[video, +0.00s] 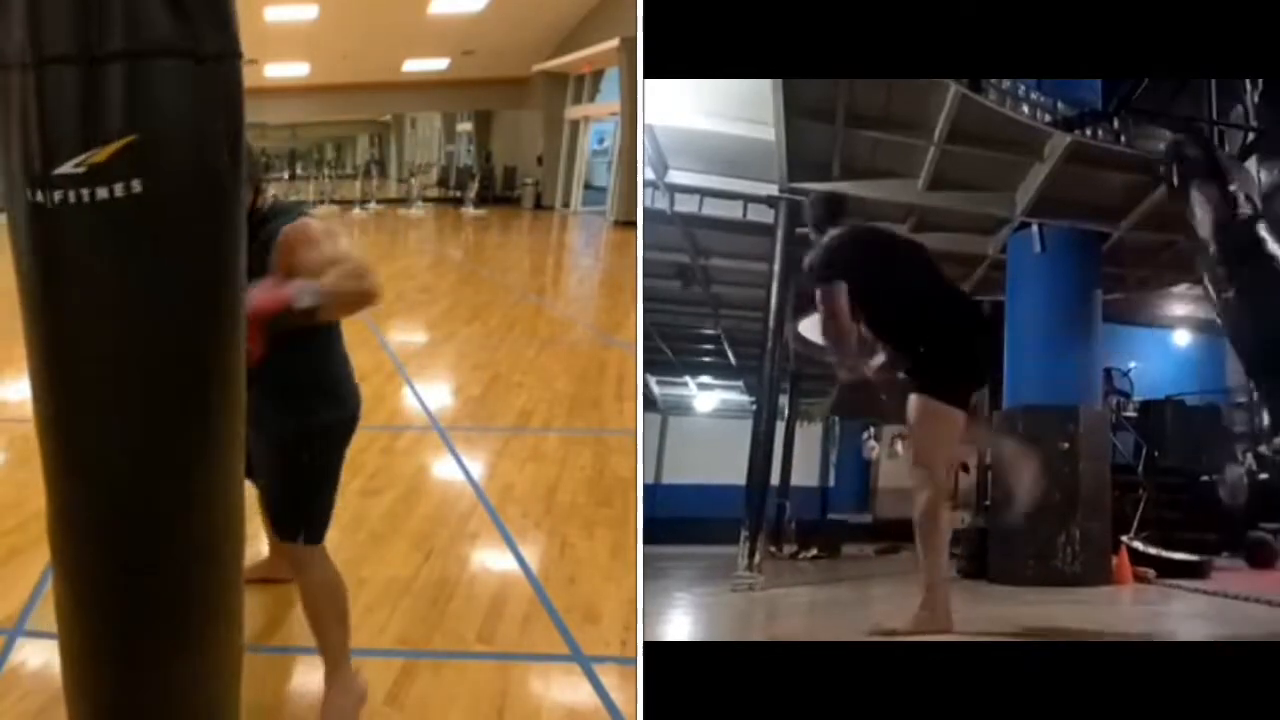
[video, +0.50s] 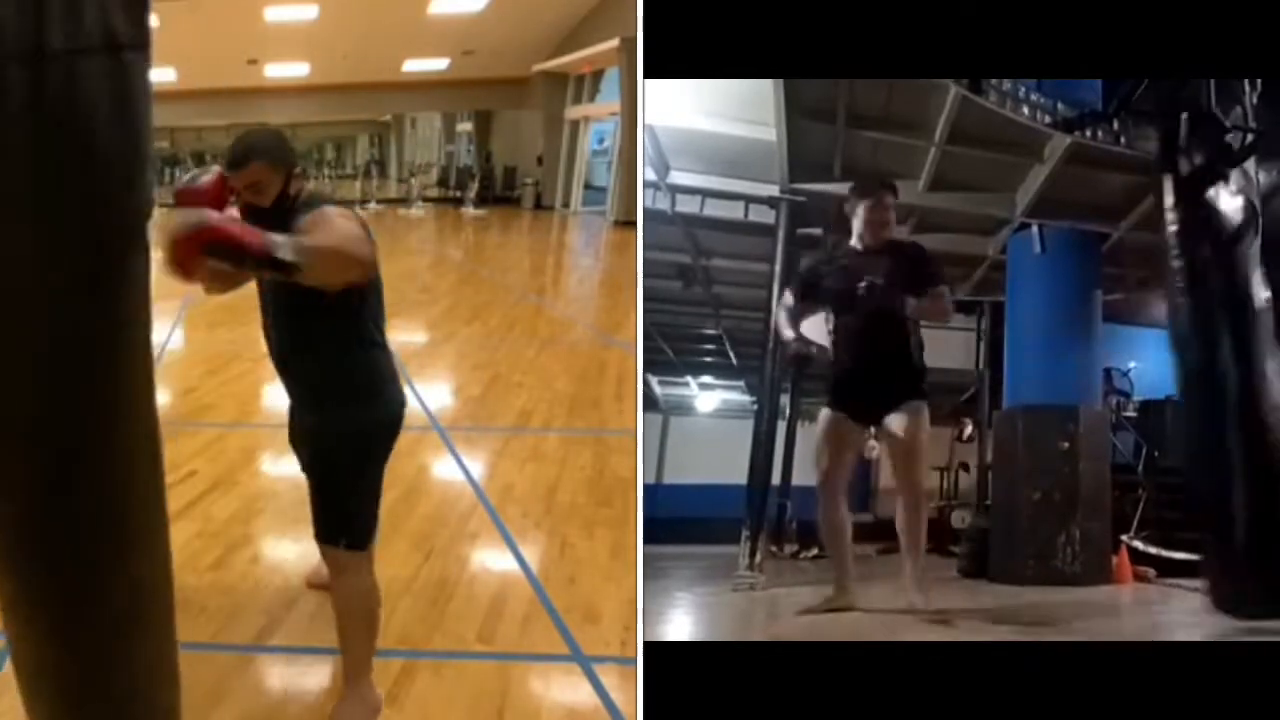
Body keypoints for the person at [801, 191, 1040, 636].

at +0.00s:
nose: (807, 240)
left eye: (807, 230)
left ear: (815, 227)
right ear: (845, 217)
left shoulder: (832, 252)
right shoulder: (882, 239)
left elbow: (837, 323)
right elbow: (910, 317)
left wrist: (849, 366)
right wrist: (871, 367)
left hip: (941, 345)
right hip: (969, 334)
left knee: (929, 479)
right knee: (935, 421)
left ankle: (935, 609)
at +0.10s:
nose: (818, 229)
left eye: (818, 221)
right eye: (820, 220)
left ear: (825, 216)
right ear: (856, 206)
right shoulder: (891, 233)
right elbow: (913, 310)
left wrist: (808, 324)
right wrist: (862, 355)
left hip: (929, 353)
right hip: (965, 345)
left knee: (920, 488)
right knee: (939, 449)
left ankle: (934, 609)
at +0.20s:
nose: (827, 221)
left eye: (828, 210)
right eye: (826, 212)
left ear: (842, 204)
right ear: (861, 200)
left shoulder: (870, 230)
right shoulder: (893, 236)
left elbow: (853, 295)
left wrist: (814, 310)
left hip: (912, 376)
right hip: (927, 373)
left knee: (901, 490)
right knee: (900, 490)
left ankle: (933, 607)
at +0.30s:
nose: (838, 224)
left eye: (842, 211)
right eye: (833, 216)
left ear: (867, 205)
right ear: (841, 219)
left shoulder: (899, 247)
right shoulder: (868, 260)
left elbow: (886, 292)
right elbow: (883, 329)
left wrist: (826, 304)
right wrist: (849, 355)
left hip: (905, 380)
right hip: (872, 380)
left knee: (901, 495)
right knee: (848, 484)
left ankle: (934, 607)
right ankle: (847, 589)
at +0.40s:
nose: (863, 218)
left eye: (869, 209)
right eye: (854, 211)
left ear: (886, 214)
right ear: (841, 221)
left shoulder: (909, 251)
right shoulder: (841, 270)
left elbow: (933, 300)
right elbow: (823, 330)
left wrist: (875, 305)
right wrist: (820, 333)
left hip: (905, 376)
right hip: (860, 379)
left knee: (906, 481)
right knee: (827, 484)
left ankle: (927, 604)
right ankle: (843, 591)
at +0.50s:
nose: (883, 215)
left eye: (887, 207)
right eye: (874, 207)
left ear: (895, 213)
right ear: (853, 212)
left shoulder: (911, 256)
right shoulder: (830, 263)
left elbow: (943, 309)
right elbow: (786, 308)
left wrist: (906, 304)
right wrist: (792, 337)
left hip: (901, 380)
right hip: (848, 381)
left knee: (910, 480)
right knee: (829, 480)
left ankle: (914, 587)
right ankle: (842, 588)